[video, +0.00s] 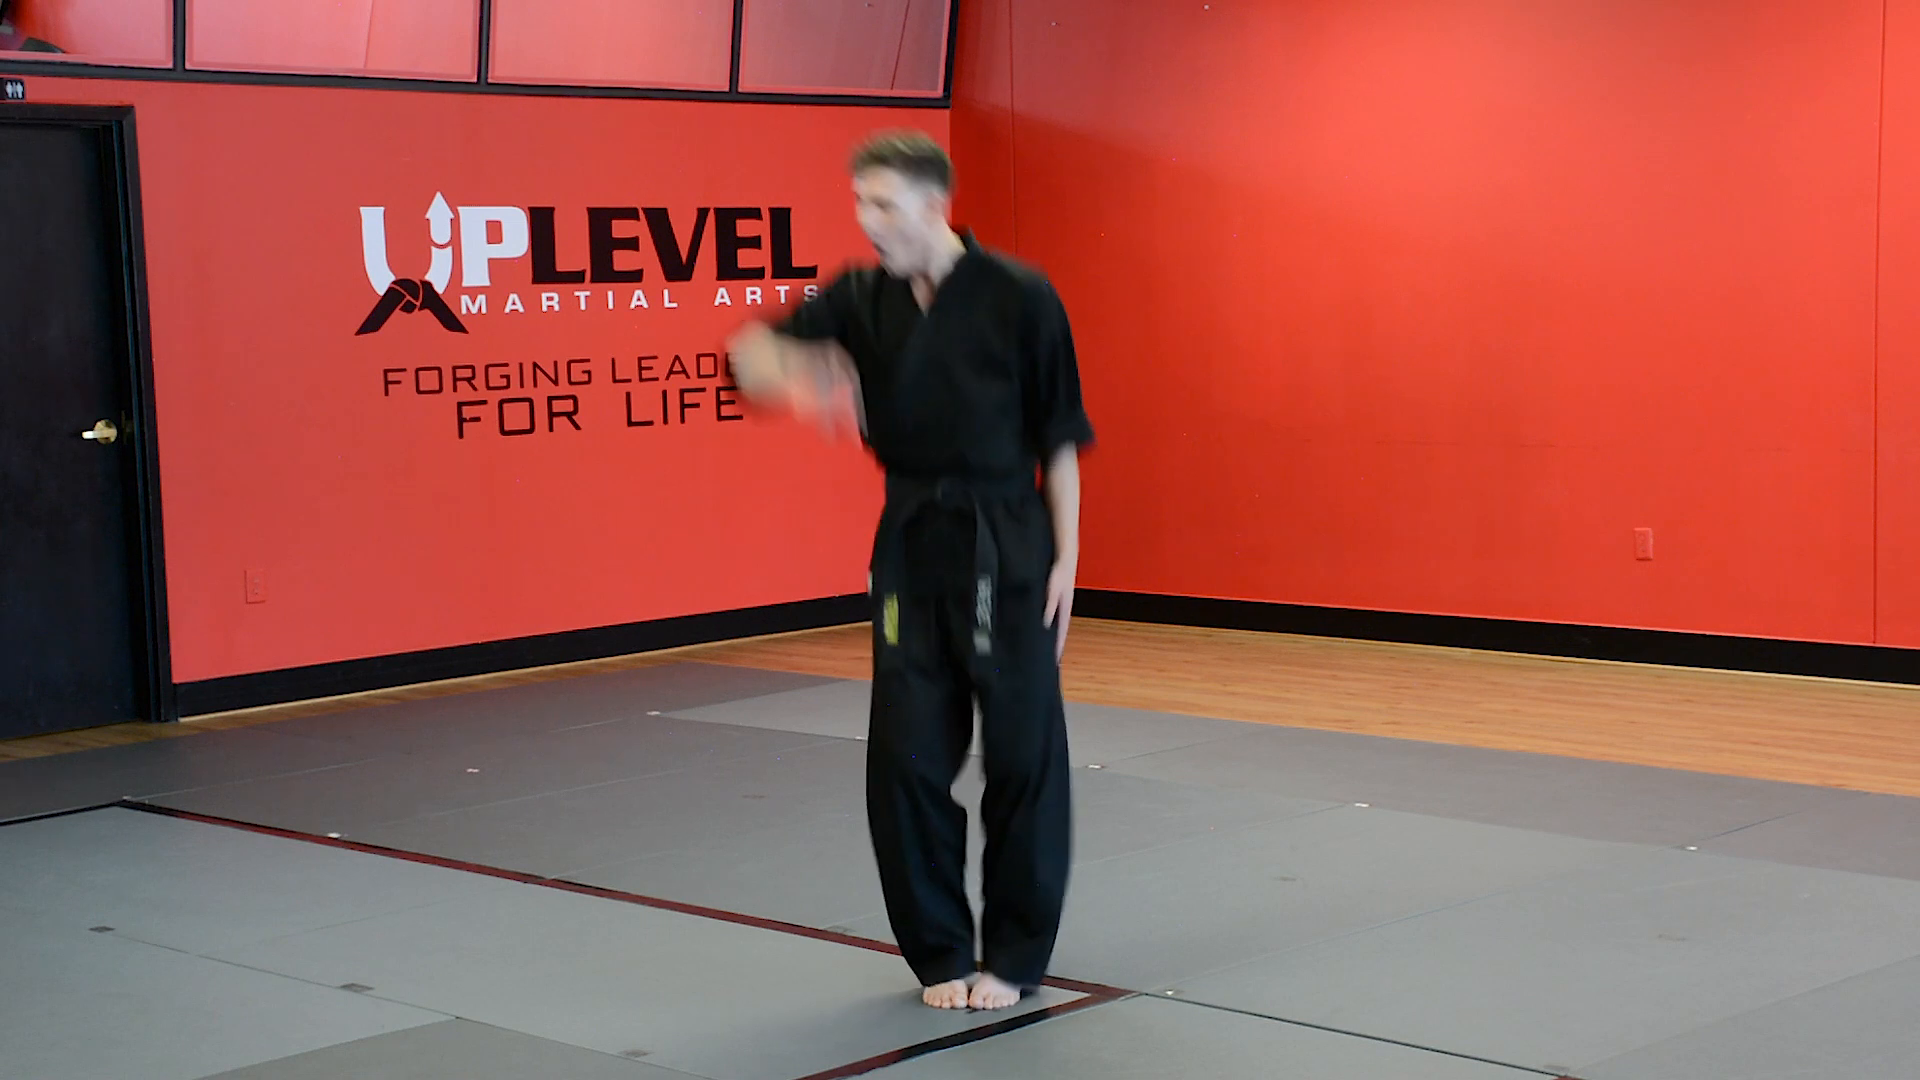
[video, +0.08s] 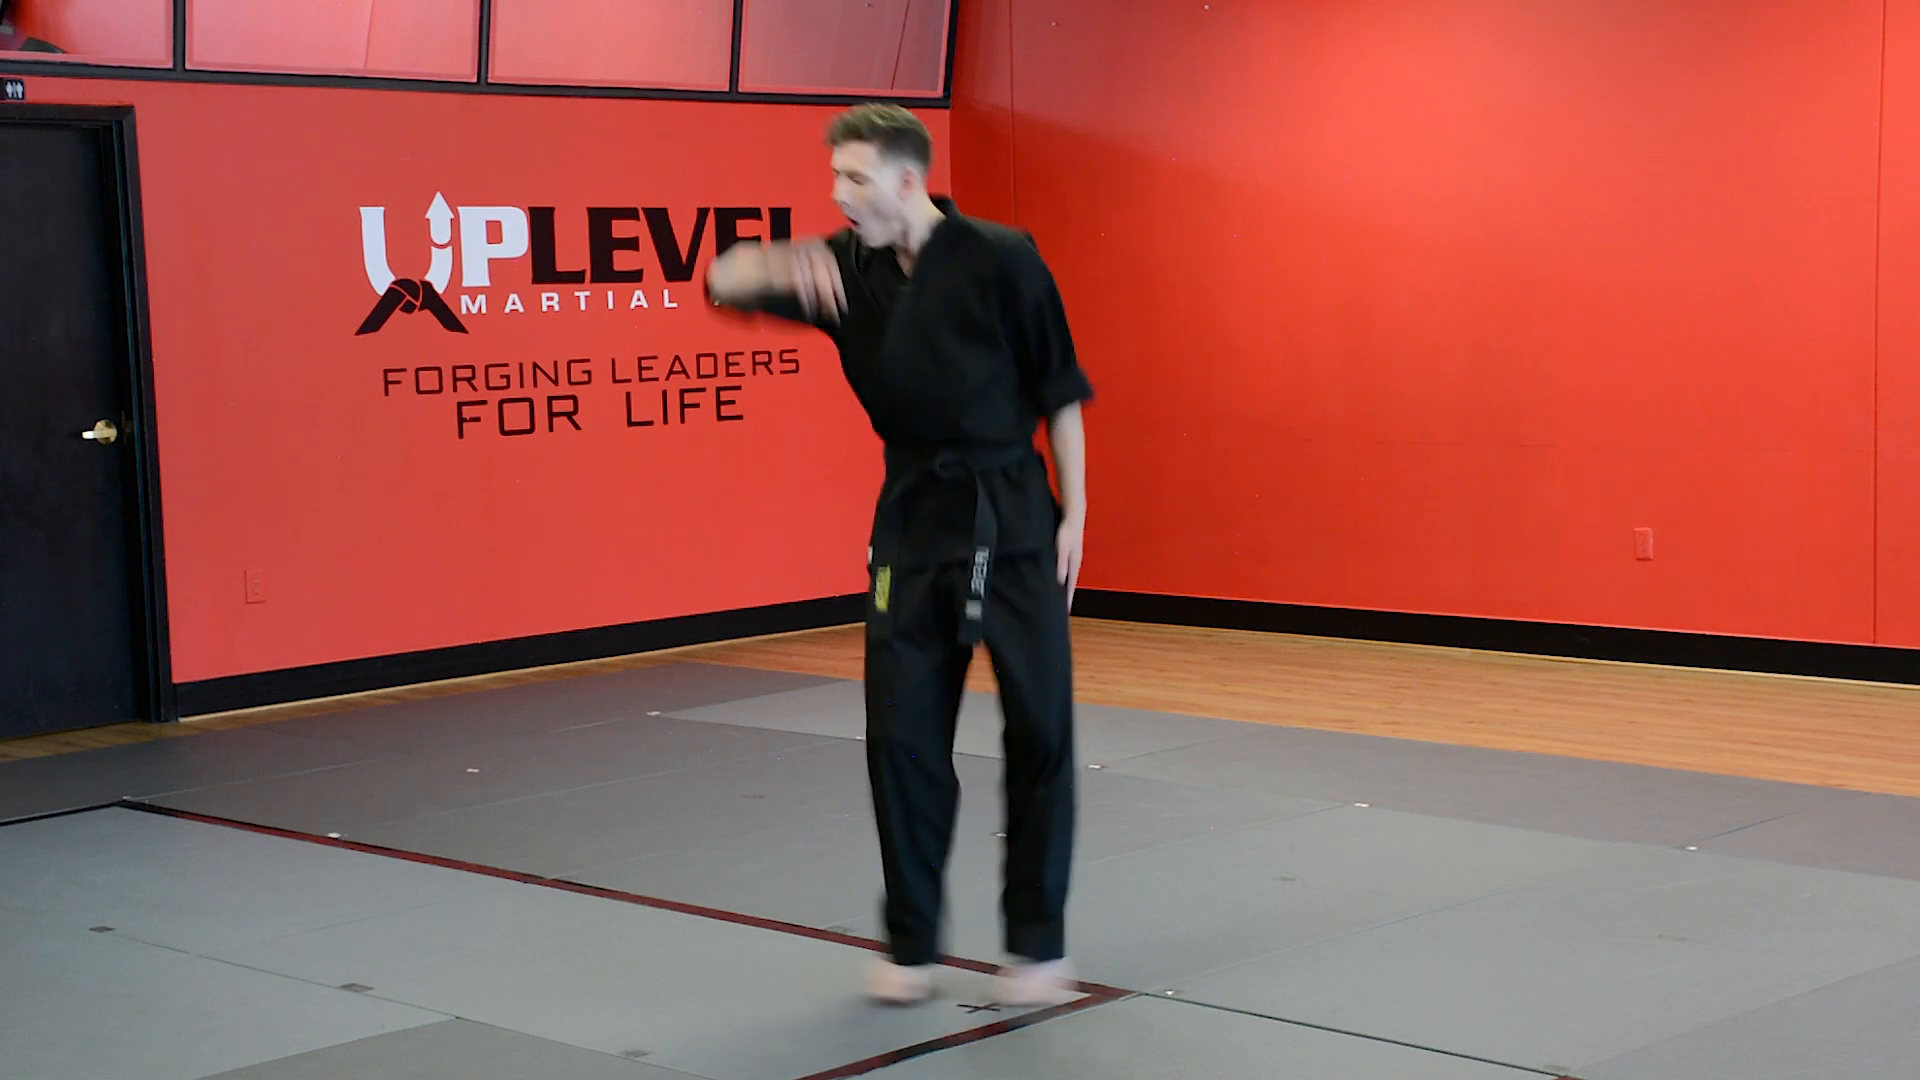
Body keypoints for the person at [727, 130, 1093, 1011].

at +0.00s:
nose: (868, 223)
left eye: (883, 206)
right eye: (861, 207)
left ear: (936, 202)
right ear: (862, 210)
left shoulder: (1021, 295)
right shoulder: (862, 295)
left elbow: (1059, 437)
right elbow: (750, 349)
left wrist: (1066, 560)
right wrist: (798, 379)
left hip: (1009, 537)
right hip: (910, 538)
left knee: (1025, 753)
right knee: (908, 756)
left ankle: (1015, 958)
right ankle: (942, 955)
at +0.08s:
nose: (842, 197)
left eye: (857, 181)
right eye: (837, 181)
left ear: (911, 178)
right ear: (843, 183)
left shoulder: (1002, 256)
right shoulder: (844, 266)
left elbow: (1061, 389)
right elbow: (720, 281)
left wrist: (1076, 513)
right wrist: (776, 267)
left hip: (1012, 511)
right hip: (912, 511)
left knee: (1042, 732)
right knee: (903, 735)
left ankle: (1036, 949)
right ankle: (911, 949)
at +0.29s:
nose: (833, 255)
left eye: (847, 237)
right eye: (827, 240)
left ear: (899, 234)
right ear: (833, 244)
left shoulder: (991, 315)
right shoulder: (838, 339)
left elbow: (1067, 441)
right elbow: (731, 394)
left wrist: (1080, 567)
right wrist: (721, 276)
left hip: (1010, 569)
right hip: (905, 574)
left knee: (1089, 766)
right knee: (846, 771)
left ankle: (1155, 954)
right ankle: (811, 963)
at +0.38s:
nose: (836, 283)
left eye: (849, 266)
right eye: (831, 267)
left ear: (904, 259)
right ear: (841, 266)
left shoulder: (1003, 338)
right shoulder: (847, 376)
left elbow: (1053, 476)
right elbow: (789, 482)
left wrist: (1073, 601)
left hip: (1016, 586)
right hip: (907, 593)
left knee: (1096, 775)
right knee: (826, 782)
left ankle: (1145, 953)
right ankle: (808, 964)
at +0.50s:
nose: (840, 287)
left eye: (855, 271)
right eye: (834, 270)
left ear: (908, 265)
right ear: (838, 269)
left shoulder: (1003, 339)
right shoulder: (846, 383)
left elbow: (1068, 467)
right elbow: (817, 526)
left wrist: (1086, 583)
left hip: (1022, 585)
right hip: (913, 593)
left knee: (1107, 771)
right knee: (831, 776)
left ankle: (1146, 951)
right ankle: (811, 964)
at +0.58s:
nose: (881, 291)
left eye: (899, 273)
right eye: (869, 272)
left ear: (940, 265)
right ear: (854, 269)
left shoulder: (1009, 339)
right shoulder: (843, 374)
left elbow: (1086, 451)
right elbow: (851, 524)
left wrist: (1067, 536)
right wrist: (837, 642)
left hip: (1028, 577)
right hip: (914, 588)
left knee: (1111, 766)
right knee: (835, 776)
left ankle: (1148, 950)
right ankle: (809, 964)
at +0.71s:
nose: (965, 295)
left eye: (980, 278)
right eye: (950, 277)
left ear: (997, 268)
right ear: (914, 259)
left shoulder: (1023, 342)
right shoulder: (862, 353)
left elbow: (1150, 389)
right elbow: (850, 492)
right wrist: (899, 579)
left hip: (1024, 577)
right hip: (914, 588)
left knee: (1125, 760)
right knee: (835, 781)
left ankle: (1155, 949)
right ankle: (807, 964)